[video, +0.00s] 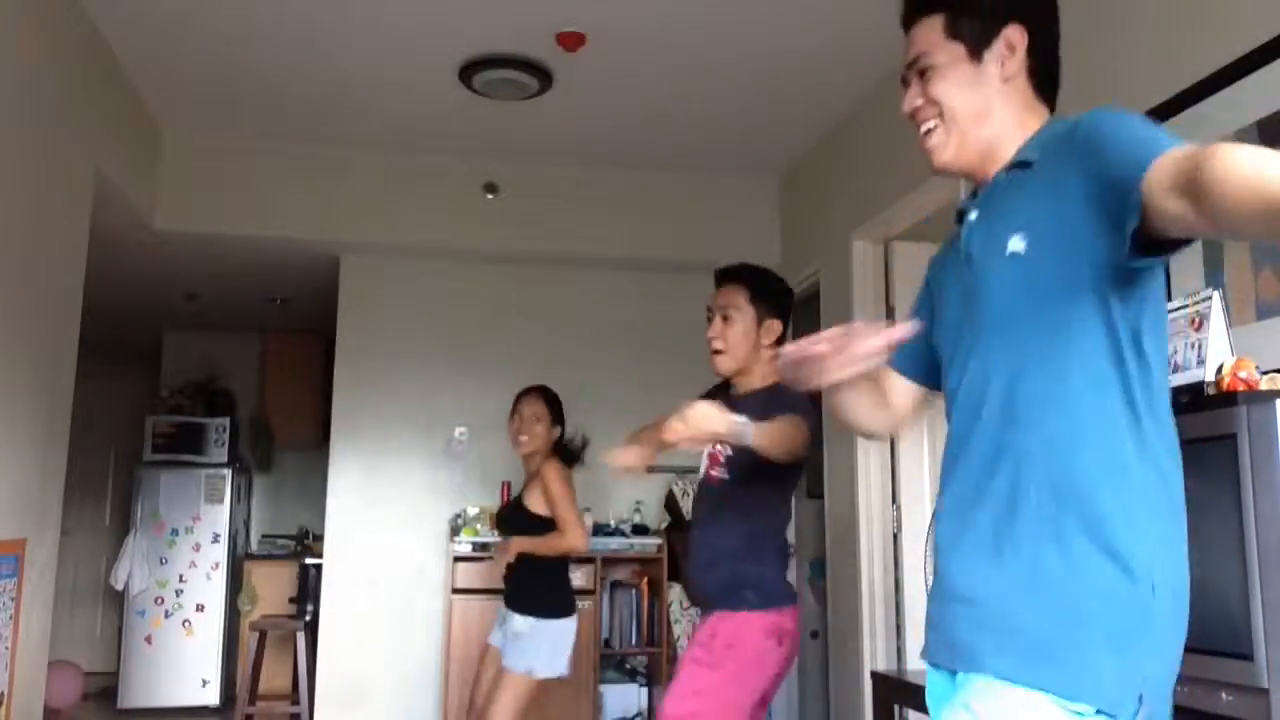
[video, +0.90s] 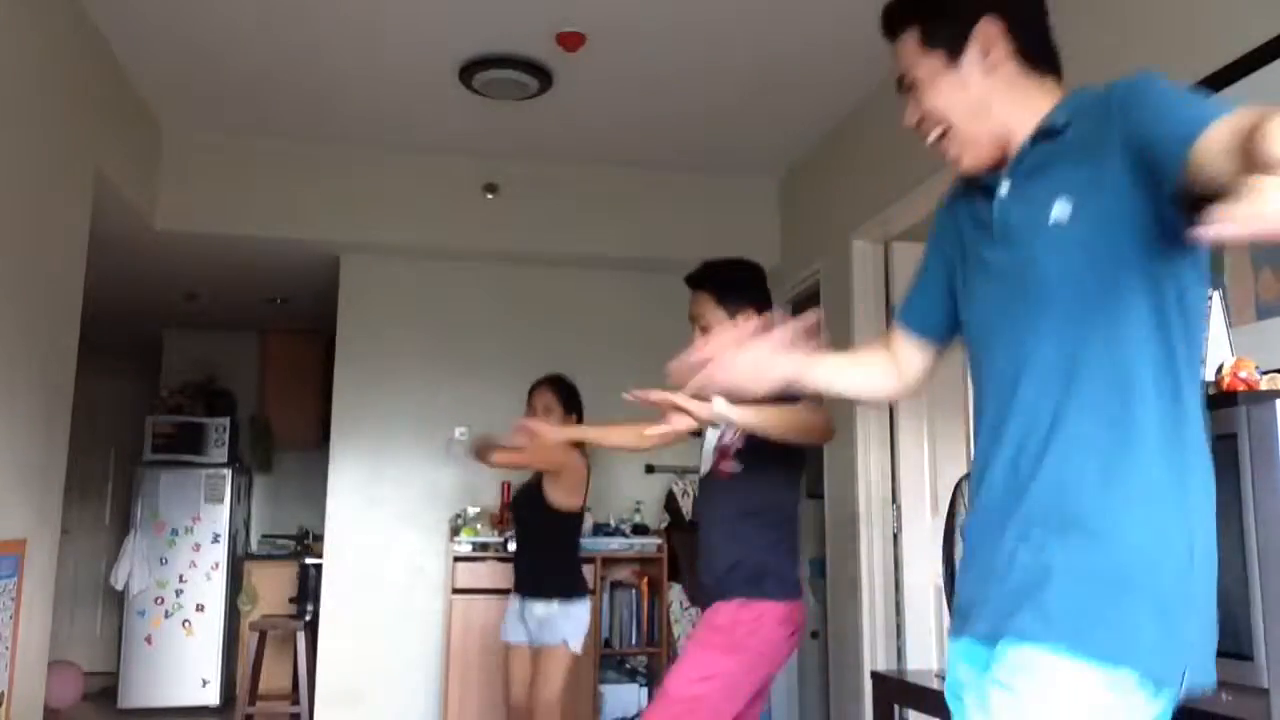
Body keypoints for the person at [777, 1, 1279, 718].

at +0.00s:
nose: (908, 102)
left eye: (925, 71)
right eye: (906, 84)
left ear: (1007, 53)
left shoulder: (1087, 147)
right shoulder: (951, 261)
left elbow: (1197, 183)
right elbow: (885, 410)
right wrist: (840, 376)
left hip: (1074, 622)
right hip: (969, 618)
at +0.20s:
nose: (935, 52)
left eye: (950, 22)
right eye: (933, 34)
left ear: (1033, 12)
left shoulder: (1141, 100)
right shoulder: (942, 180)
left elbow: (1271, 128)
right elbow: (848, 314)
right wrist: (734, 438)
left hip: (1108, 587)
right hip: (964, 583)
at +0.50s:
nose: (933, 82)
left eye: (939, 52)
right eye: (931, 61)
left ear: (1003, 26)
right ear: (992, 36)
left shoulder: (1152, 108)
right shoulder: (957, 206)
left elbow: (1277, 142)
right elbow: (864, 352)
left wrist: (1143, 233)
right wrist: (705, 470)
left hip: (1149, 622)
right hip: (986, 617)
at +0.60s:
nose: (923, 84)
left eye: (927, 53)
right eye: (920, 61)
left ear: (986, 26)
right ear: (985, 31)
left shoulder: (1122, 95)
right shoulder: (963, 206)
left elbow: (1248, 134)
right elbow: (893, 355)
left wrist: (1262, 254)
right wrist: (777, 379)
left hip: (1121, 591)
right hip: (976, 586)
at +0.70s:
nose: (908, 125)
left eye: (909, 93)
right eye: (904, 101)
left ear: (967, 68)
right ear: (967, 72)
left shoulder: (1101, 137)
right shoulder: (969, 235)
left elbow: (1210, 195)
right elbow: (924, 406)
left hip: (1098, 614)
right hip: (978, 609)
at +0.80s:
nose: (902, 143)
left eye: (902, 113)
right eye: (896, 119)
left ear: (960, 86)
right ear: (959, 91)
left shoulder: (1102, 158)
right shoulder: (975, 256)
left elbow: (1229, 208)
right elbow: (915, 421)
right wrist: (890, 343)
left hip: (1097, 614)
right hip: (999, 611)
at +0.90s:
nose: (910, 117)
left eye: (915, 84)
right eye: (904, 95)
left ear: (987, 46)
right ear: (983, 53)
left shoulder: (1127, 115)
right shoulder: (965, 212)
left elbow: (1258, 135)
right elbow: (895, 366)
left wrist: (1267, 187)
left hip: (1111, 592)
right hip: (995, 591)